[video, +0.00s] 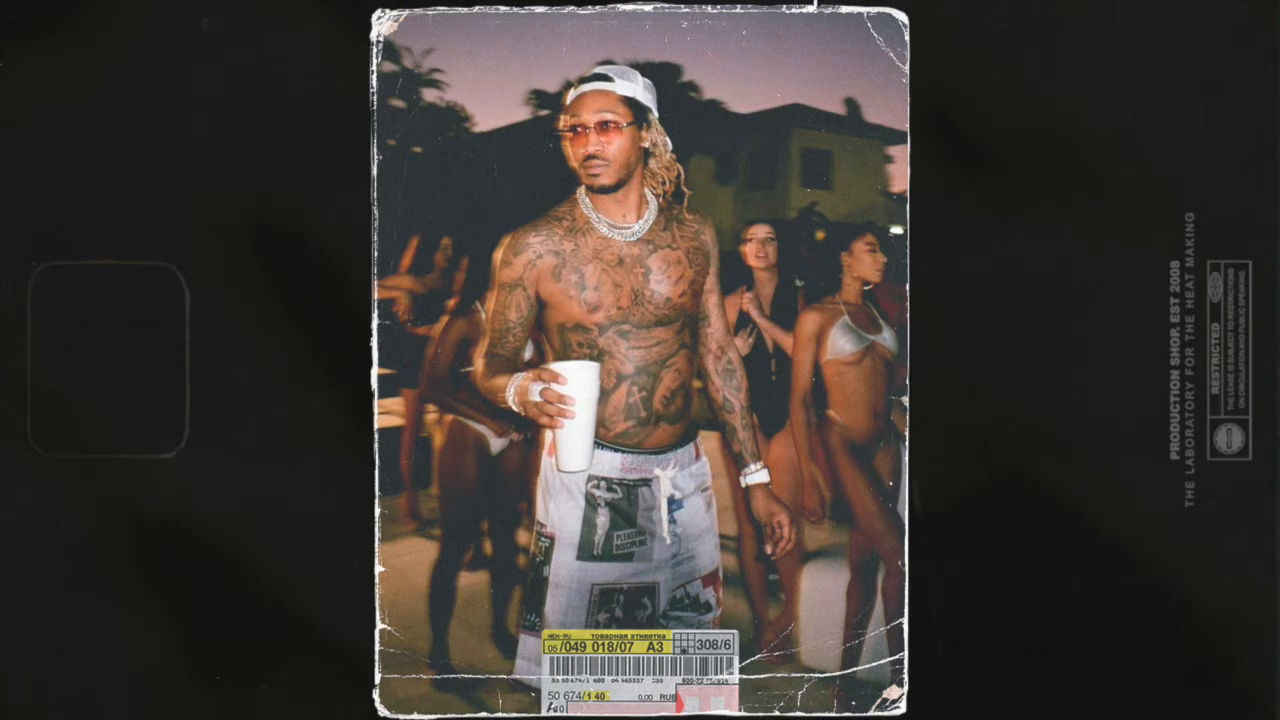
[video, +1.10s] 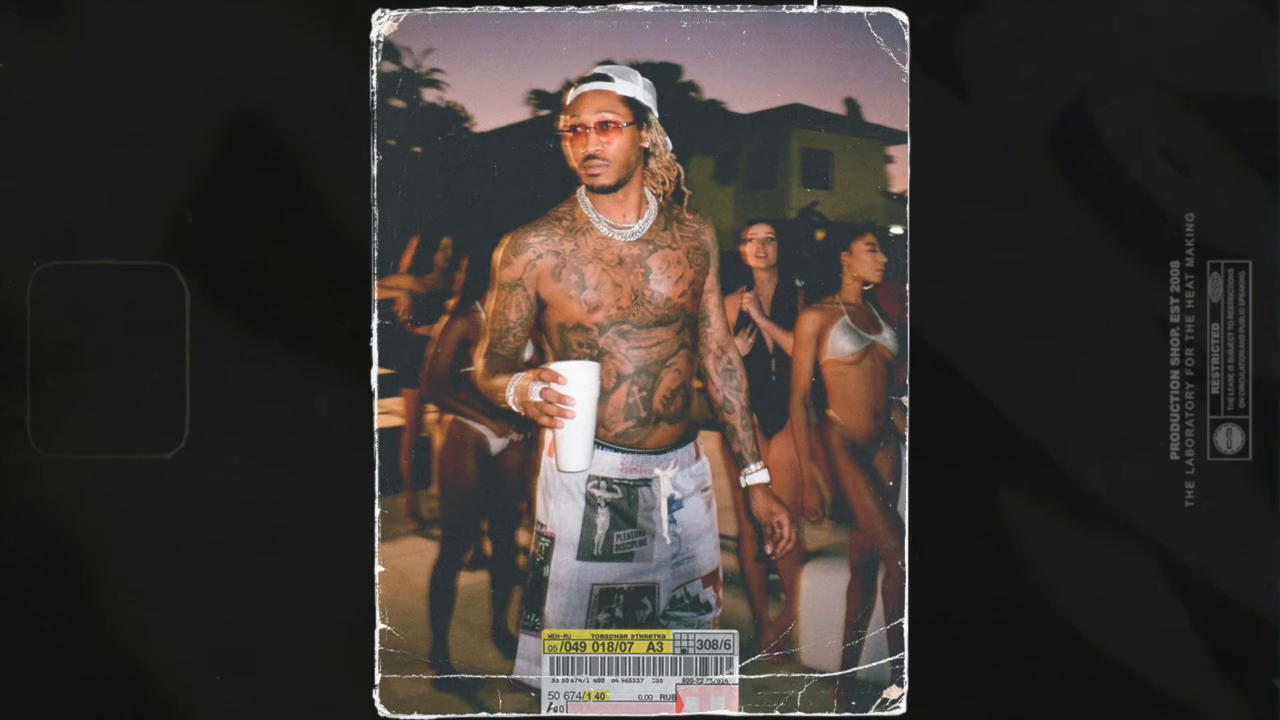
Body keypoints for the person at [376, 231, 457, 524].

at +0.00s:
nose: (446, 255)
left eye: (451, 250)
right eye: (442, 249)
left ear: (455, 255)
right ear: (431, 252)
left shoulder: (454, 283)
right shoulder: (414, 283)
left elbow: (459, 315)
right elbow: (401, 321)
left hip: (444, 354)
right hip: (416, 352)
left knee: (449, 426)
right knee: (413, 427)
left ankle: (450, 499)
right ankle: (410, 500)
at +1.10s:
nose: (446, 254)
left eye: (451, 250)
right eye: (442, 248)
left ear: (455, 255)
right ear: (430, 252)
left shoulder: (455, 282)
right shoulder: (414, 282)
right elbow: (380, 287)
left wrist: (437, 327)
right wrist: (403, 294)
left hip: (445, 352)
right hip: (416, 350)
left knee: (449, 426)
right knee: (413, 427)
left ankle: (451, 498)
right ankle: (410, 501)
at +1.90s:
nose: (446, 254)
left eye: (450, 250)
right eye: (442, 248)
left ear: (455, 255)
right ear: (430, 252)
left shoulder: (455, 283)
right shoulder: (414, 283)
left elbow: (460, 316)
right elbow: (378, 287)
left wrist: (433, 329)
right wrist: (402, 293)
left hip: (444, 354)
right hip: (415, 352)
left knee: (450, 427)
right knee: (413, 428)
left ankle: (451, 499)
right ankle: (411, 502)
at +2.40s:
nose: (447, 254)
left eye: (450, 249)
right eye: (442, 248)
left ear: (453, 254)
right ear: (430, 250)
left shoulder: (453, 280)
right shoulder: (413, 282)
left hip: (444, 351)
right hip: (416, 348)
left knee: (449, 427)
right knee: (413, 428)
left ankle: (452, 499)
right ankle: (411, 503)